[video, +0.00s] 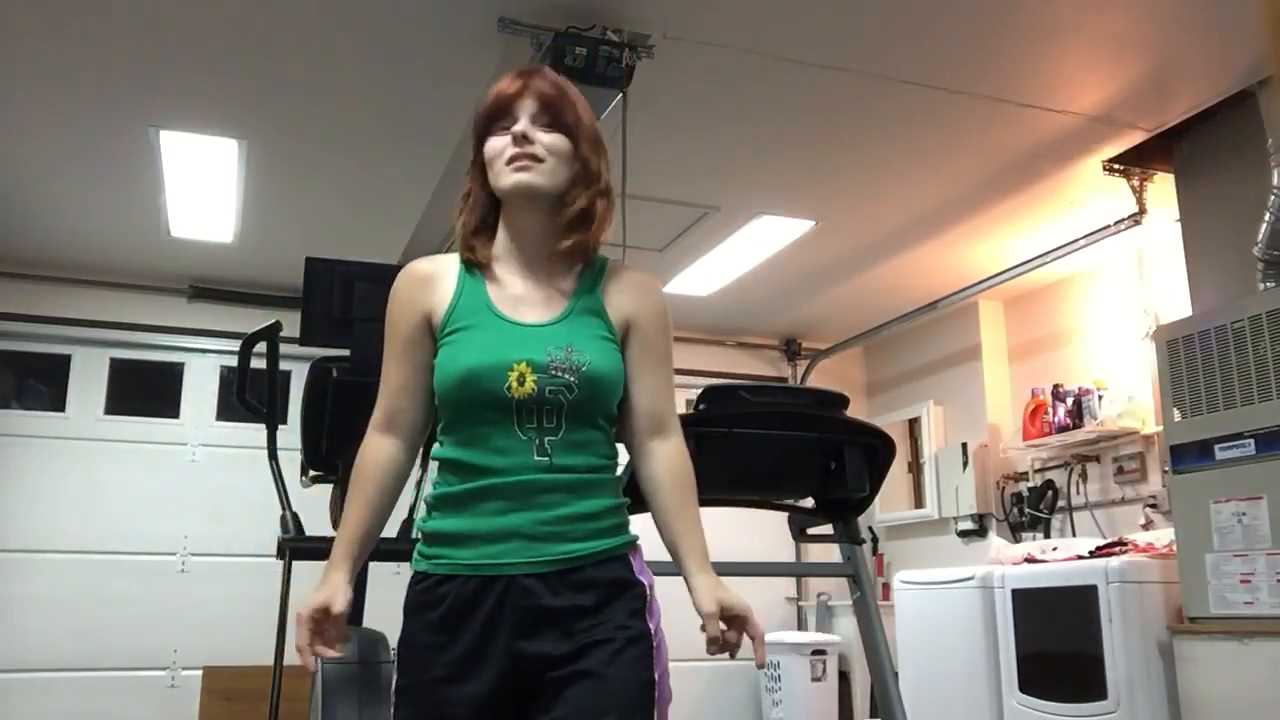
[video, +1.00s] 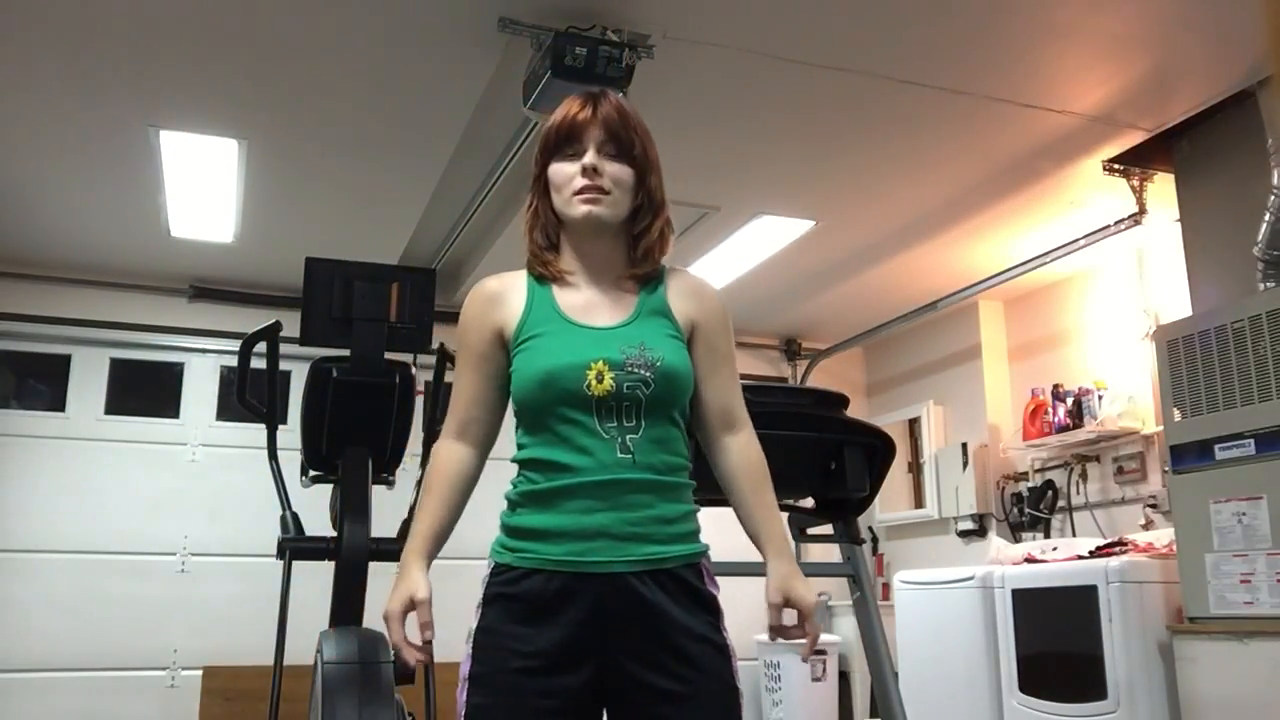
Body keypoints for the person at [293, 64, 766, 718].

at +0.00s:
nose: (521, 135)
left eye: (547, 125)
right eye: (503, 128)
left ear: (584, 158)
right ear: (482, 163)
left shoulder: (630, 294)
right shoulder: (428, 285)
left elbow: (658, 439)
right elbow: (392, 433)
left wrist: (702, 579)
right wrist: (340, 570)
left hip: (596, 602)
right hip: (455, 603)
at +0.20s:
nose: (541, 150)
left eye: (564, 140)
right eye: (522, 138)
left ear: (596, 174)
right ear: (497, 173)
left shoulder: (634, 301)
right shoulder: (438, 290)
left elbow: (664, 444)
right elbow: (402, 433)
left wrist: (704, 580)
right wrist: (345, 561)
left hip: (598, 599)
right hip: (458, 599)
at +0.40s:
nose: (559, 163)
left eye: (582, 151)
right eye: (540, 151)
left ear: (612, 182)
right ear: (515, 182)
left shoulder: (657, 307)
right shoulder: (462, 301)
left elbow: (687, 443)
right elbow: (421, 441)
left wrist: (728, 576)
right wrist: (354, 563)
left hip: (621, 607)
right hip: (486, 605)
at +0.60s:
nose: (580, 163)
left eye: (603, 152)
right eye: (560, 152)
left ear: (632, 182)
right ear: (536, 183)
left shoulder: (680, 304)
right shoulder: (488, 301)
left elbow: (717, 437)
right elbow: (451, 442)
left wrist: (768, 562)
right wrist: (398, 568)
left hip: (652, 602)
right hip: (517, 601)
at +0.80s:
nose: (588, 166)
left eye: (610, 153)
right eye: (568, 154)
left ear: (640, 183)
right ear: (542, 185)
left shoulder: (690, 303)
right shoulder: (497, 303)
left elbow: (730, 436)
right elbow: (466, 443)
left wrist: (786, 565)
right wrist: (416, 568)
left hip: (667, 603)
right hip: (532, 602)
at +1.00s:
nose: (591, 165)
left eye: (614, 153)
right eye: (570, 153)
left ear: (642, 182)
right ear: (544, 183)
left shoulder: (691, 300)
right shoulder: (499, 301)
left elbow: (731, 434)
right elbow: (462, 439)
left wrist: (781, 559)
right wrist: (415, 561)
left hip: (670, 599)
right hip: (534, 599)